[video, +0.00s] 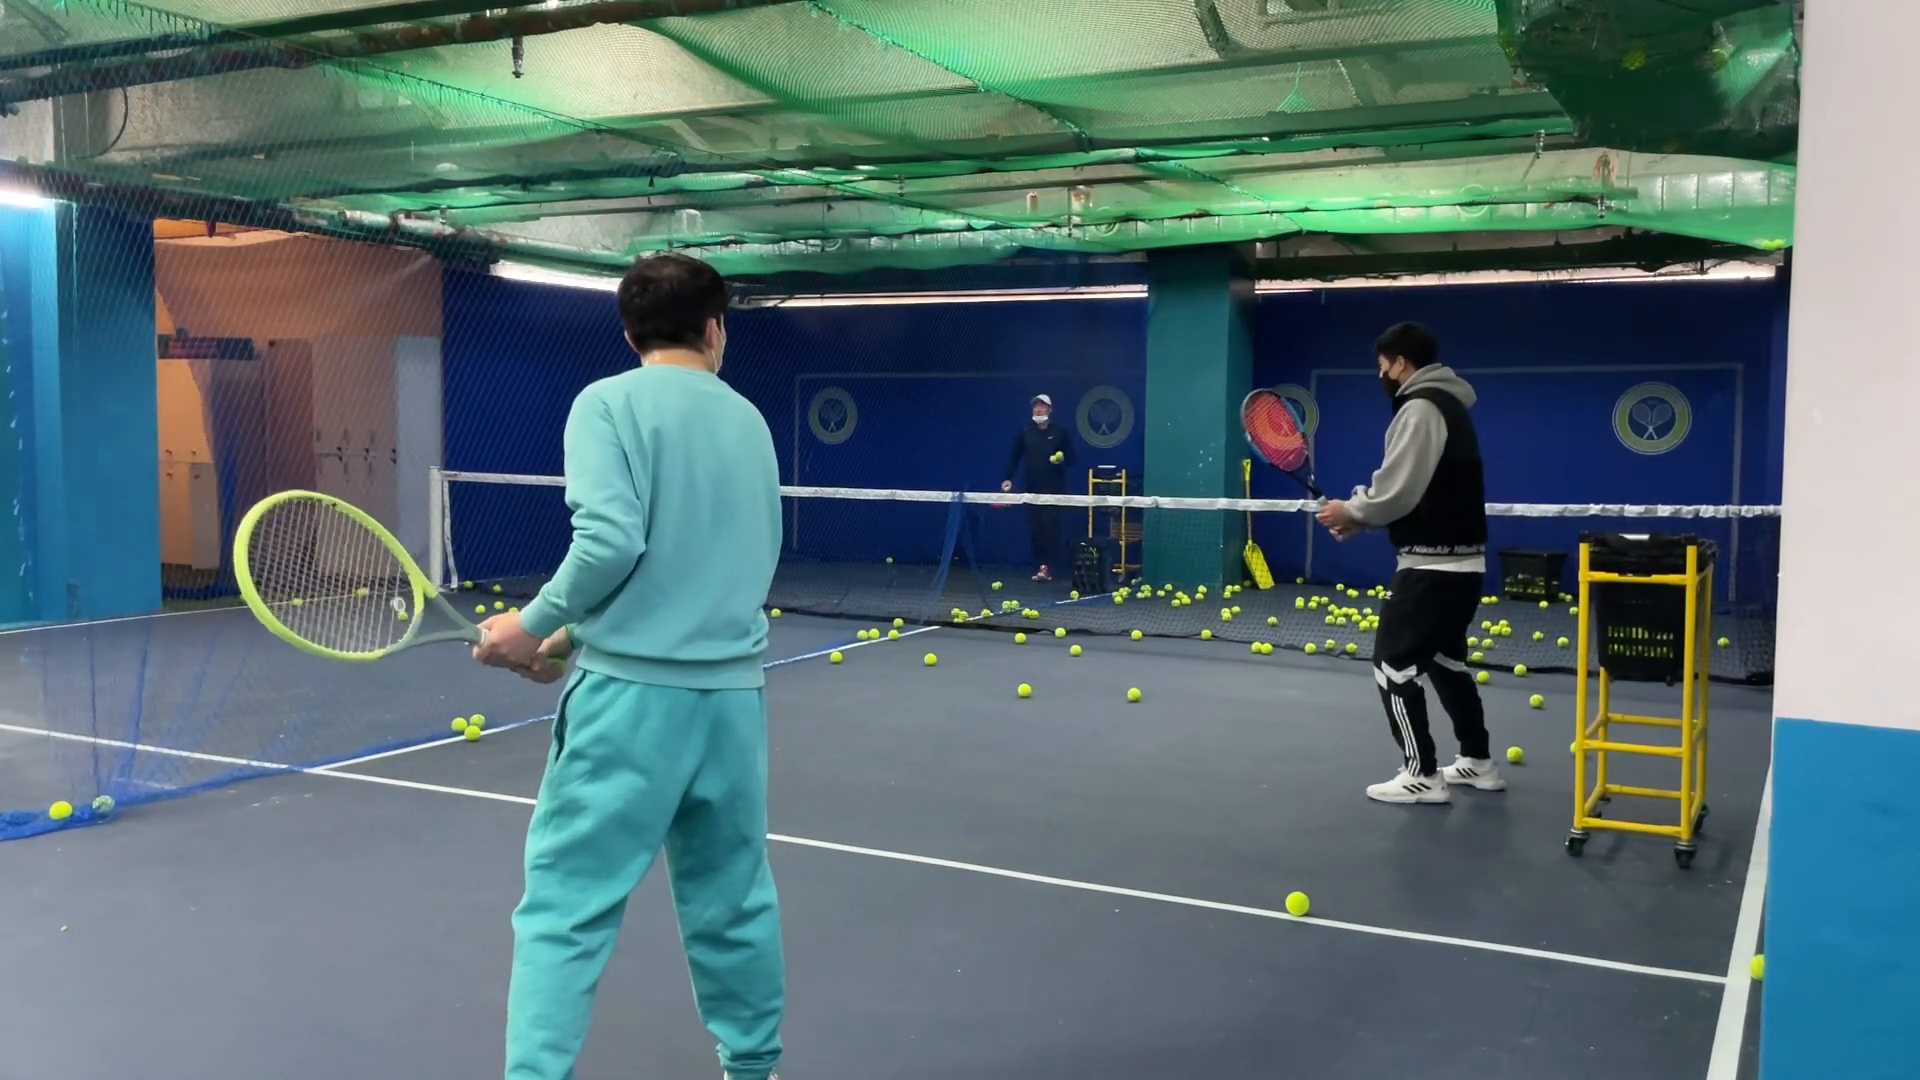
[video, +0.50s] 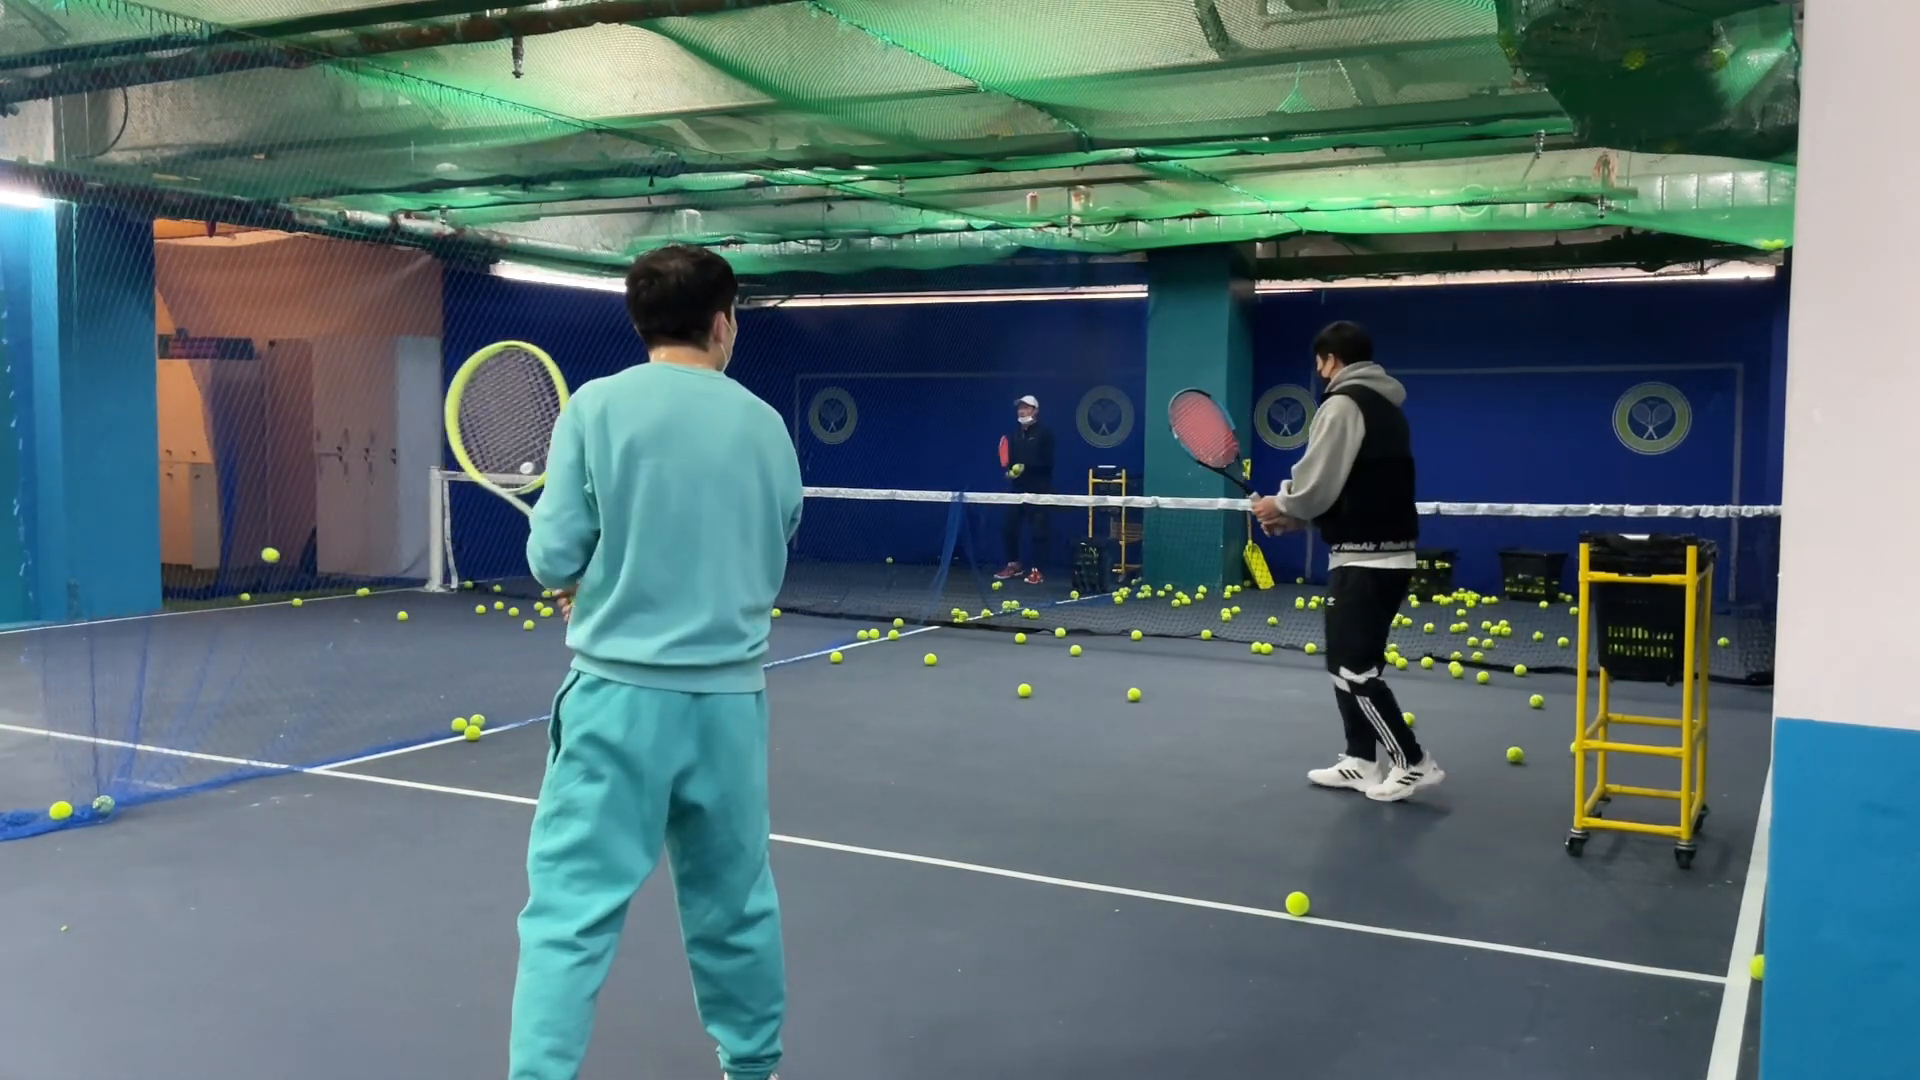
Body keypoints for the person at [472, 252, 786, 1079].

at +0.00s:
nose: (727, 337)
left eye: (722, 324)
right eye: (726, 325)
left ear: (635, 331)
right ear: (712, 330)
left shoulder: (607, 404)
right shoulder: (750, 423)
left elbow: (612, 540)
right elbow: (726, 565)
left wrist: (528, 623)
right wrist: (572, 635)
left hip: (627, 701)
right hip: (734, 703)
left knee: (566, 911)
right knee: (733, 896)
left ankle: (536, 1069)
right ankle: (754, 1064)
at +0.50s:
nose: (735, 328)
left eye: (732, 315)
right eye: (734, 316)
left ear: (639, 325)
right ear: (721, 322)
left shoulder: (592, 409)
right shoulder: (766, 425)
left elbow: (555, 555)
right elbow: (769, 548)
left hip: (615, 704)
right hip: (731, 707)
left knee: (570, 909)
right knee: (734, 900)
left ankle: (540, 1069)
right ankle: (750, 1064)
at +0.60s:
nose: (738, 327)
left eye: (735, 314)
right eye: (737, 314)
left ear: (642, 325)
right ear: (723, 322)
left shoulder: (592, 410)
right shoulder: (768, 426)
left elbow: (556, 554)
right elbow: (781, 555)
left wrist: (607, 506)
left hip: (614, 705)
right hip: (730, 707)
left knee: (571, 909)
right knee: (736, 902)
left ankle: (541, 1070)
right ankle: (751, 1065)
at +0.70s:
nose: (740, 326)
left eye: (737, 313)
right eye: (738, 313)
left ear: (643, 324)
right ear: (726, 321)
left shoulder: (592, 412)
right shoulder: (773, 428)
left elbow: (559, 554)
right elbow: (792, 567)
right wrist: (720, 583)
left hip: (611, 706)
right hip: (730, 710)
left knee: (570, 911)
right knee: (737, 904)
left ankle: (541, 1069)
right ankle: (752, 1064)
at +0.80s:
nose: (743, 326)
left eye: (739, 314)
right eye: (741, 314)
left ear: (646, 322)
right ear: (729, 321)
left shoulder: (592, 409)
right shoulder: (775, 428)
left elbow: (560, 550)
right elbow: (800, 570)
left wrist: (646, 569)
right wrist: (720, 590)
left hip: (608, 707)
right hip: (728, 711)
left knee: (569, 912)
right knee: (737, 907)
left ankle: (539, 1070)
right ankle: (754, 1064)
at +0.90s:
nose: (745, 327)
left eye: (742, 314)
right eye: (744, 314)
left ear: (648, 321)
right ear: (730, 321)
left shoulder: (590, 410)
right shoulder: (776, 429)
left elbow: (558, 550)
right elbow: (802, 573)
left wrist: (638, 582)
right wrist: (722, 601)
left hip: (605, 707)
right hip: (726, 712)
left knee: (566, 916)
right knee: (736, 909)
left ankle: (538, 1070)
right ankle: (754, 1064)